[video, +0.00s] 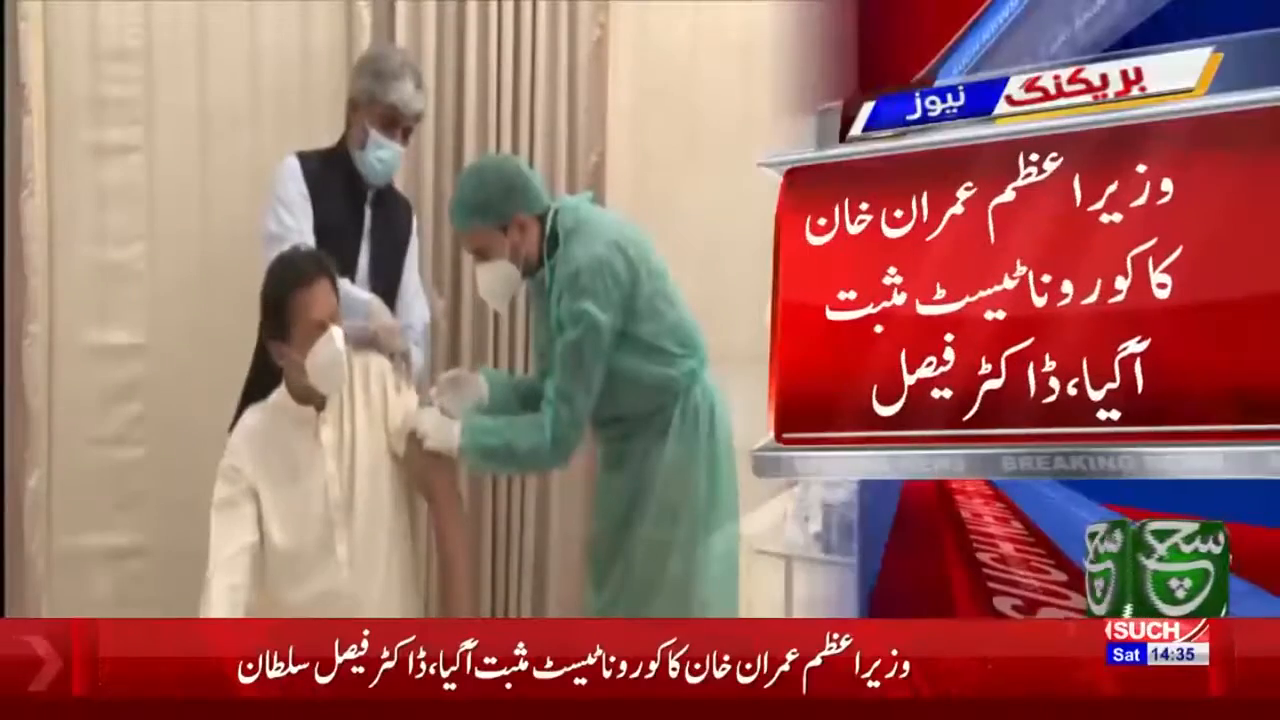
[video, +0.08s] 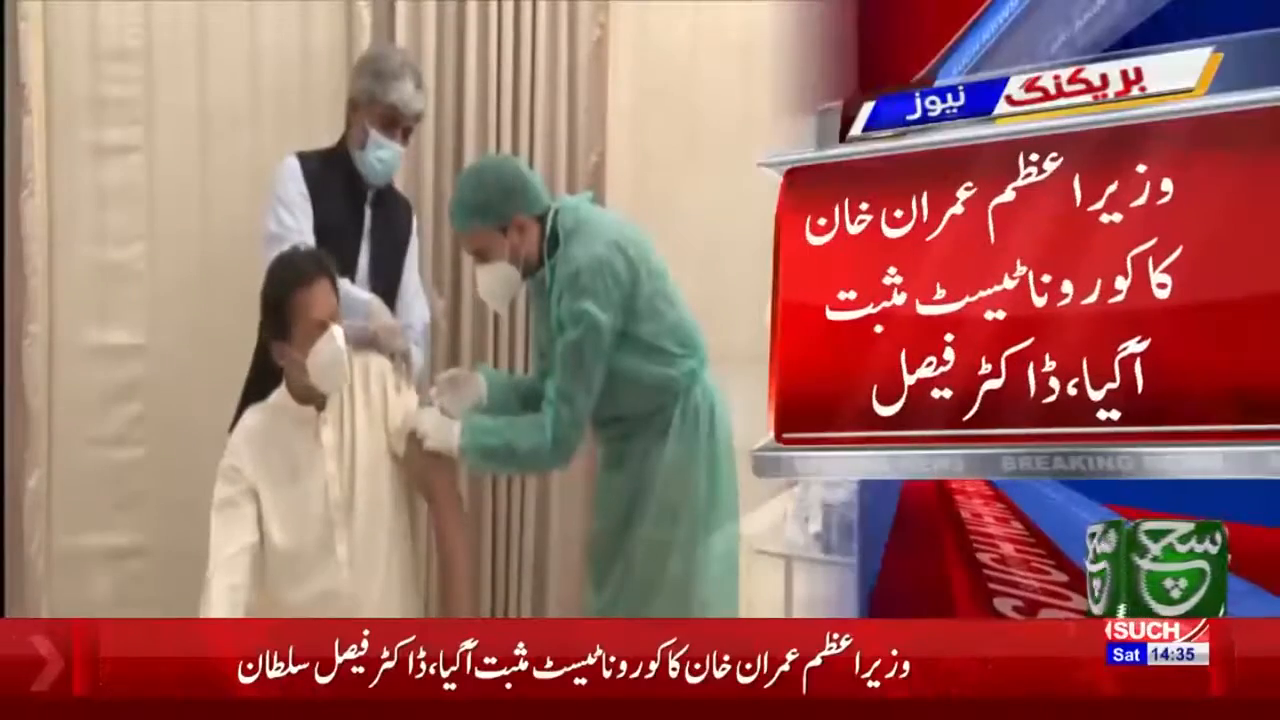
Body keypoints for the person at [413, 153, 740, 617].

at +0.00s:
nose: (481, 268)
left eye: (484, 254)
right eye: (475, 256)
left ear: (522, 228)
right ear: (522, 228)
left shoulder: (589, 260)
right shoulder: (552, 257)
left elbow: (558, 435)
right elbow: (551, 393)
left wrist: (459, 437)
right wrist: (485, 389)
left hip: (675, 432)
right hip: (628, 434)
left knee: (654, 596)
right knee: (614, 590)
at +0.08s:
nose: (481, 269)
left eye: (483, 255)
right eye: (474, 257)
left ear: (520, 229)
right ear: (520, 229)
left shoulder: (590, 261)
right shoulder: (552, 257)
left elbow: (558, 436)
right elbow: (549, 393)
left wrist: (458, 436)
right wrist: (484, 389)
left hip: (676, 433)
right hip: (628, 435)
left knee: (655, 597)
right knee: (614, 591)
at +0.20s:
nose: (481, 270)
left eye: (483, 257)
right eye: (475, 259)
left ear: (519, 231)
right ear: (519, 231)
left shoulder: (589, 262)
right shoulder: (550, 259)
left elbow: (560, 437)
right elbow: (548, 394)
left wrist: (460, 438)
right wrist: (483, 389)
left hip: (676, 433)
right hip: (627, 435)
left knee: (656, 599)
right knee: (613, 593)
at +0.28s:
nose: (481, 271)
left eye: (483, 258)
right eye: (475, 260)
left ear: (519, 231)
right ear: (519, 231)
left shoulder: (589, 262)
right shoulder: (549, 259)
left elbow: (561, 438)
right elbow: (547, 394)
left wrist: (461, 439)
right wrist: (484, 390)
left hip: (677, 433)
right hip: (628, 435)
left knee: (656, 599)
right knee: (614, 592)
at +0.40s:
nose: (481, 272)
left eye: (484, 259)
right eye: (475, 261)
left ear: (519, 231)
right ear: (519, 231)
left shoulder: (589, 263)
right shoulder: (549, 260)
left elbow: (564, 440)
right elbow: (548, 394)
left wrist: (463, 440)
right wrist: (485, 390)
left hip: (677, 432)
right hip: (629, 435)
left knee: (656, 598)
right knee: (614, 592)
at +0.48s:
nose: (481, 272)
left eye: (484, 259)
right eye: (475, 261)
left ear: (520, 231)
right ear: (520, 232)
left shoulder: (590, 262)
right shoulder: (551, 259)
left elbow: (571, 440)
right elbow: (550, 396)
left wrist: (468, 444)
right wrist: (485, 392)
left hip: (677, 433)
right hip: (631, 436)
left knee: (658, 601)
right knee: (614, 595)